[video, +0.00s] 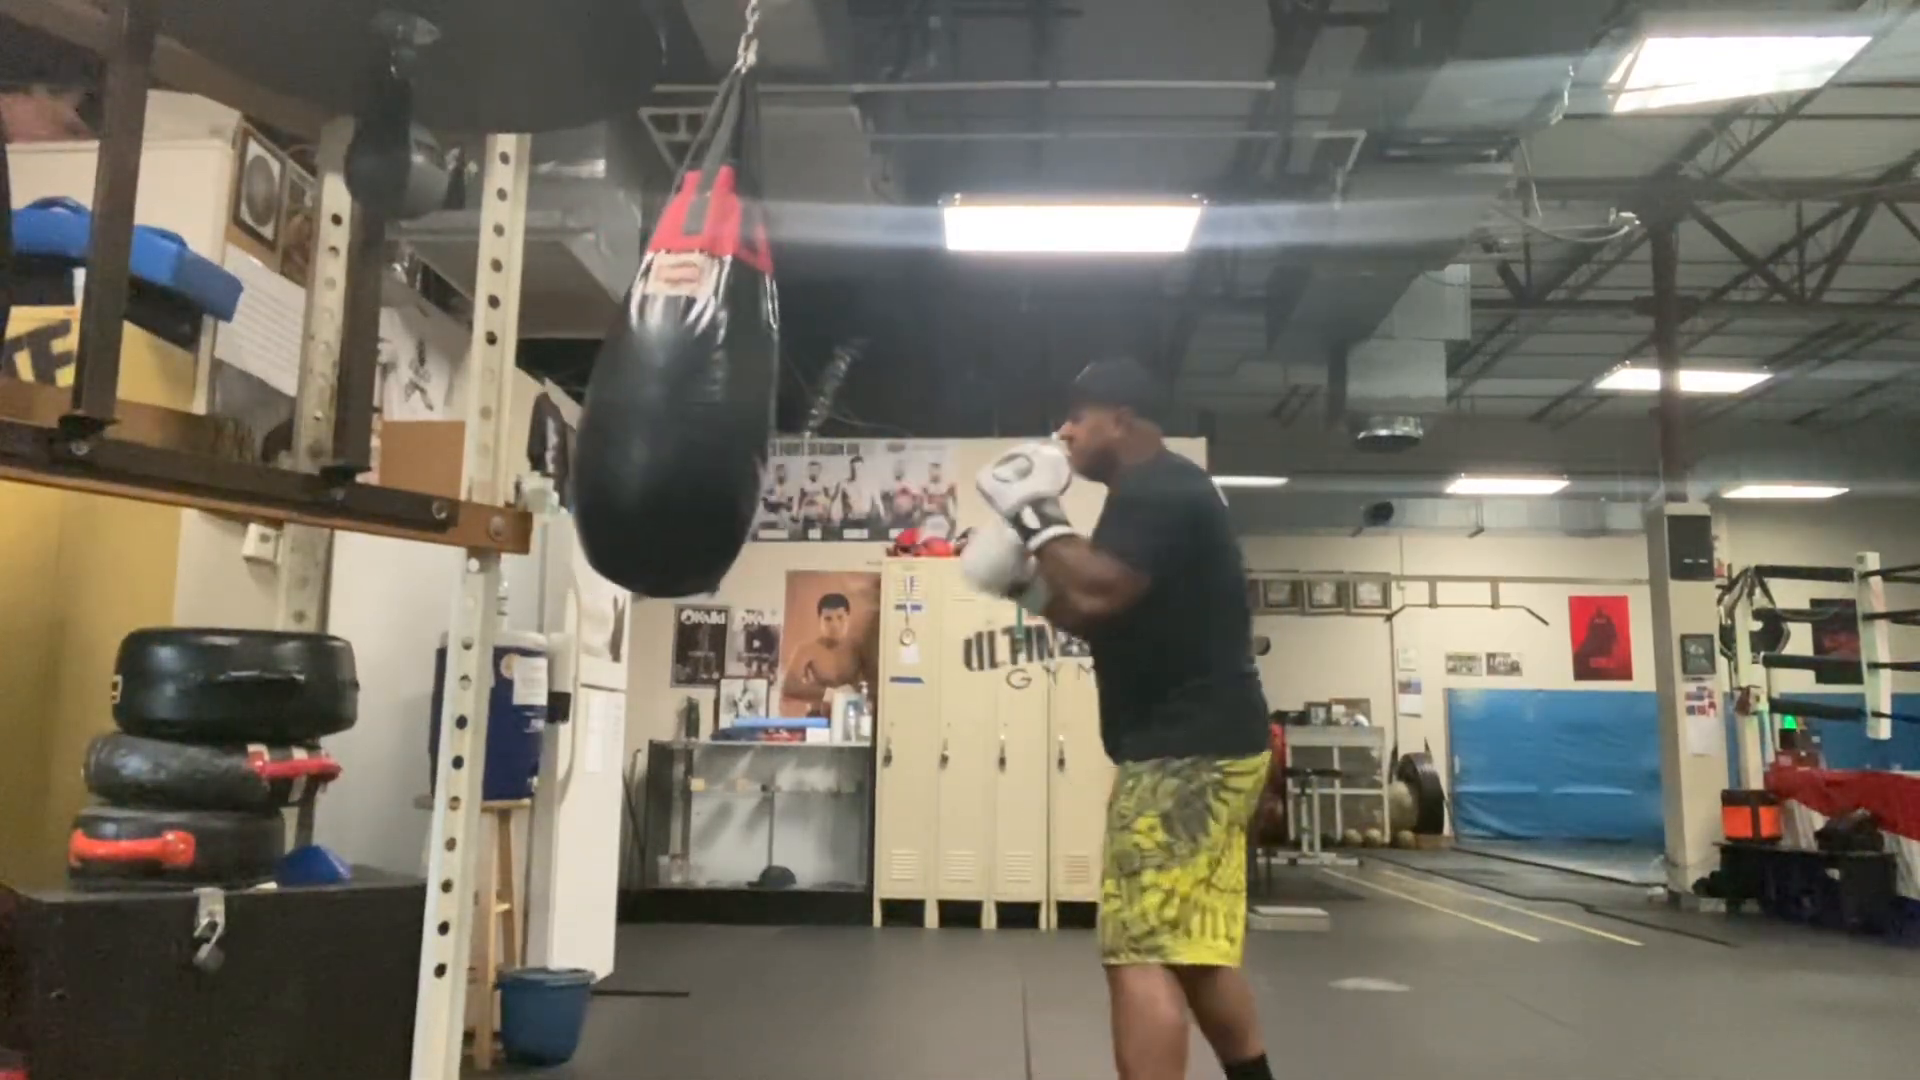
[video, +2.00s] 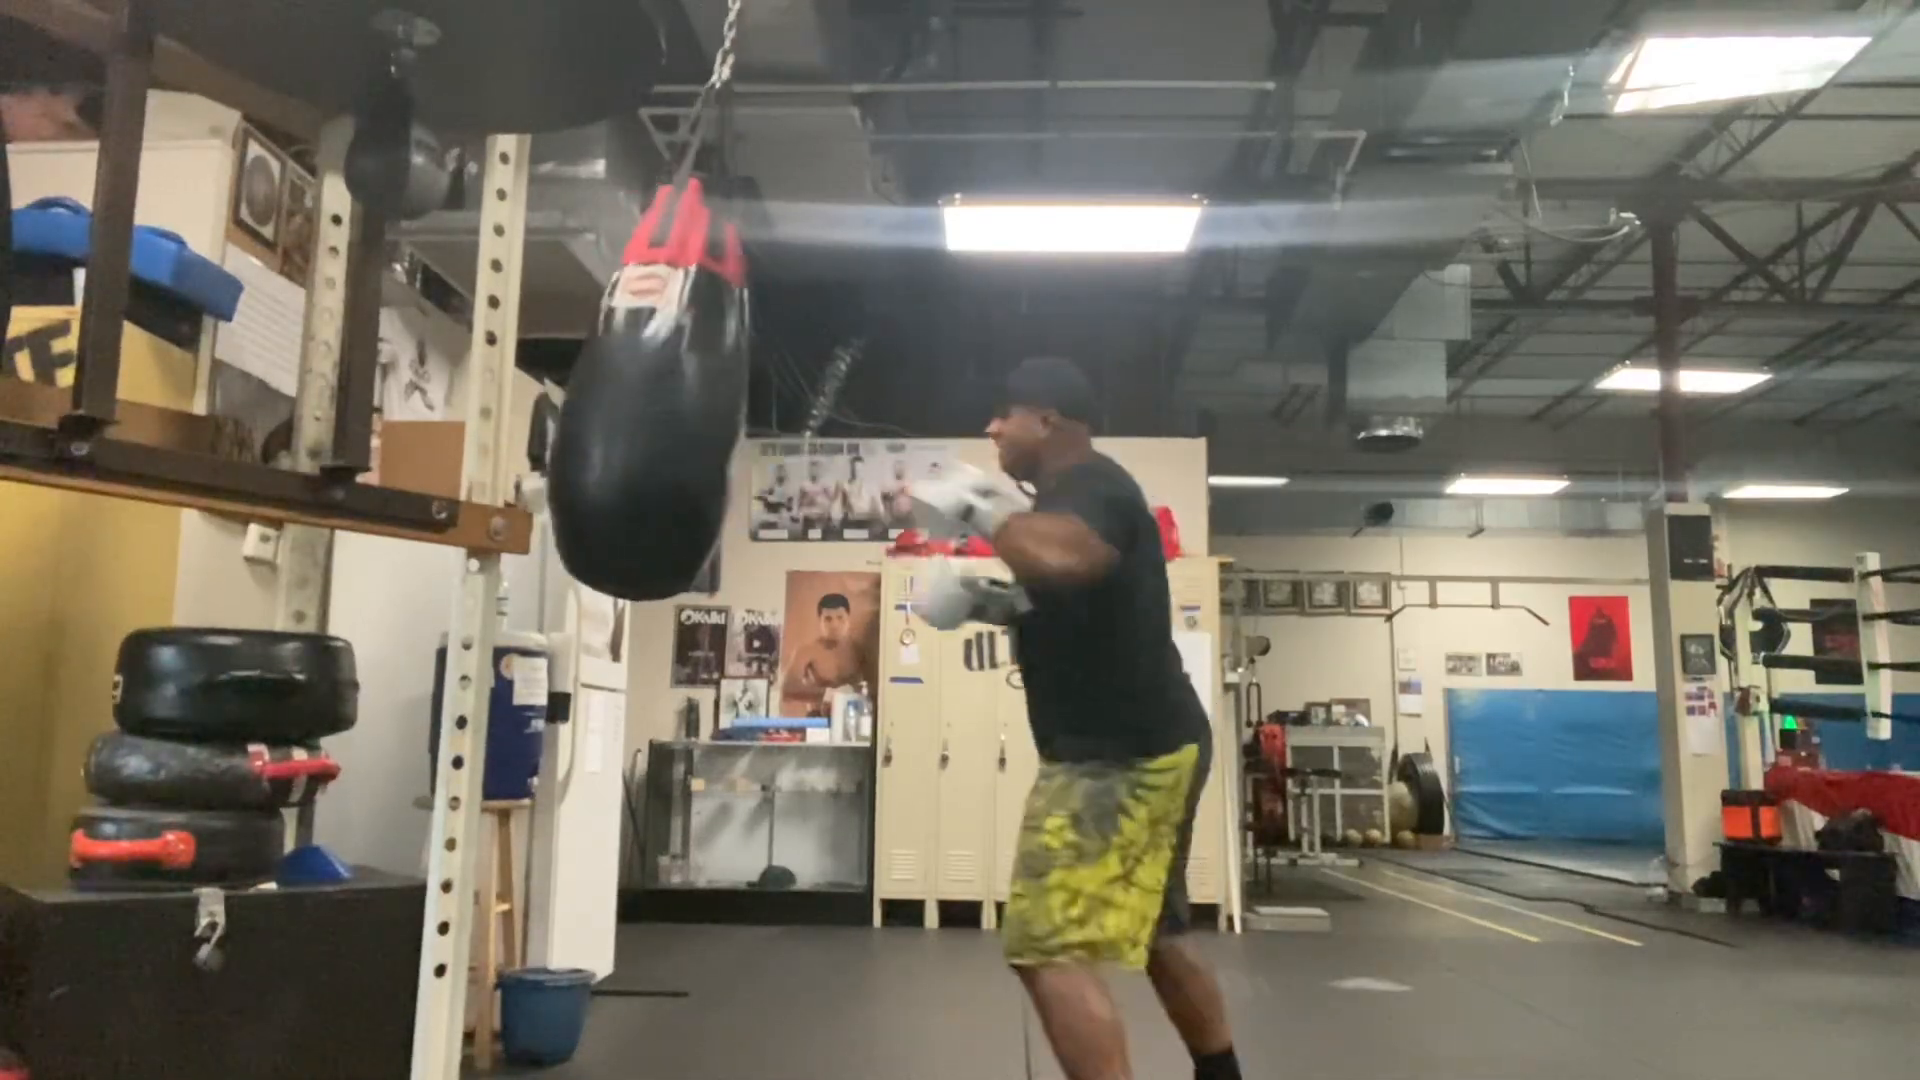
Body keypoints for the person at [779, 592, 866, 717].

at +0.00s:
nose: (835, 624)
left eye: (840, 617)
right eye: (828, 618)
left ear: (848, 619)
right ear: (819, 620)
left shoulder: (856, 652)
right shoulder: (806, 651)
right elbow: (789, 688)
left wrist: (817, 686)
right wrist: (827, 694)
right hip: (819, 716)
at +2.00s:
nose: (834, 625)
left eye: (840, 618)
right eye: (828, 618)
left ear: (848, 620)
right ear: (819, 621)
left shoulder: (858, 652)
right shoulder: (806, 652)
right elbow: (789, 688)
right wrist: (826, 693)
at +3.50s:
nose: (834, 625)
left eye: (840, 618)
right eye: (828, 619)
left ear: (848, 620)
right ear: (819, 621)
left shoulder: (857, 651)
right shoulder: (808, 652)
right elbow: (790, 688)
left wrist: (816, 685)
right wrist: (828, 693)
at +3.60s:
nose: (834, 625)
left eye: (840, 618)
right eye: (828, 619)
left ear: (847, 620)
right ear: (820, 620)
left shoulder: (858, 651)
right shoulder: (807, 652)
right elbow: (790, 688)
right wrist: (828, 693)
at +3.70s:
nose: (834, 625)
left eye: (840, 618)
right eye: (828, 619)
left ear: (848, 620)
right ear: (819, 620)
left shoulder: (857, 651)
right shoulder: (808, 652)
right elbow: (789, 687)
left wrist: (817, 685)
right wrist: (826, 693)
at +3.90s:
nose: (834, 625)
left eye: (840, 618)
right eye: (828, 619)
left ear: (848, 619)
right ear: (819, 620)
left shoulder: (858, 652)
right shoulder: (807, 652)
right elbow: (789, 688)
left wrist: (816, 686)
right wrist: (827, 693)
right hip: (819, 717)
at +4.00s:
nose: (834, 625)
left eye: (840, 618)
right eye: (828, 619)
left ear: (848, 620)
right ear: (819, 621)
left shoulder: (857, 651)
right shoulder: (808, 652)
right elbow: (789, 688)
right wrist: (825, 693)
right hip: (820, 716)